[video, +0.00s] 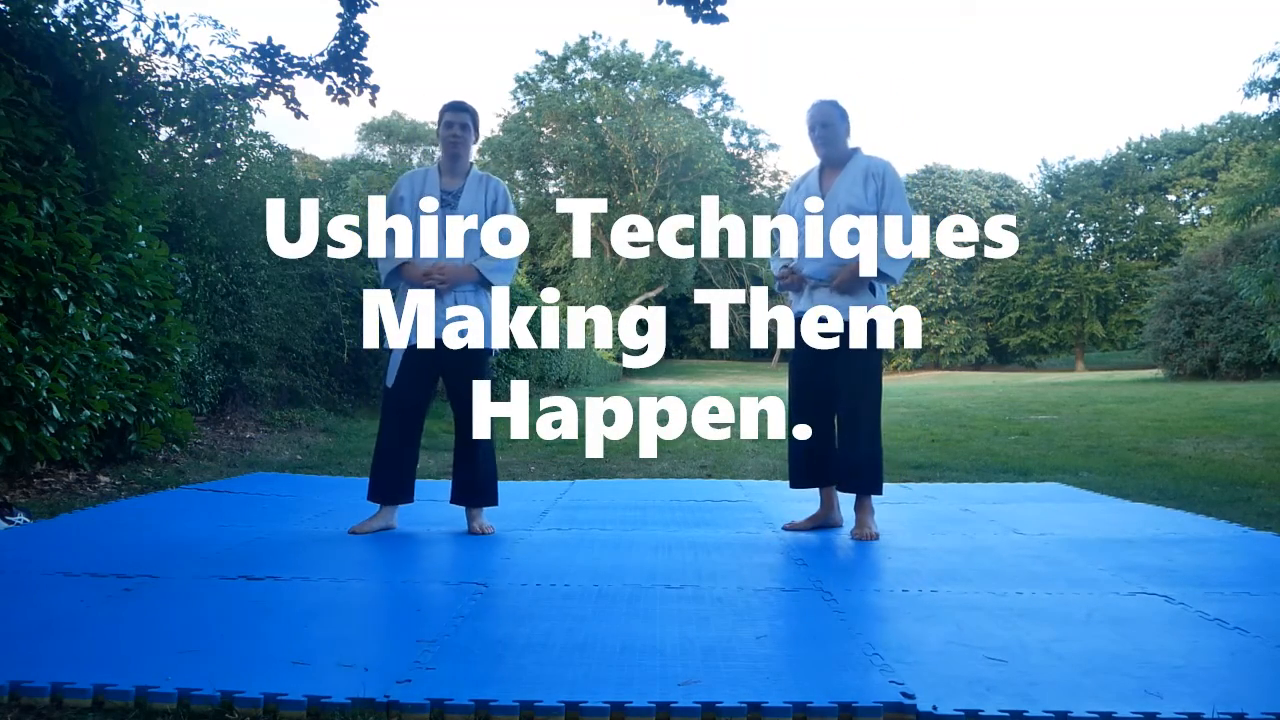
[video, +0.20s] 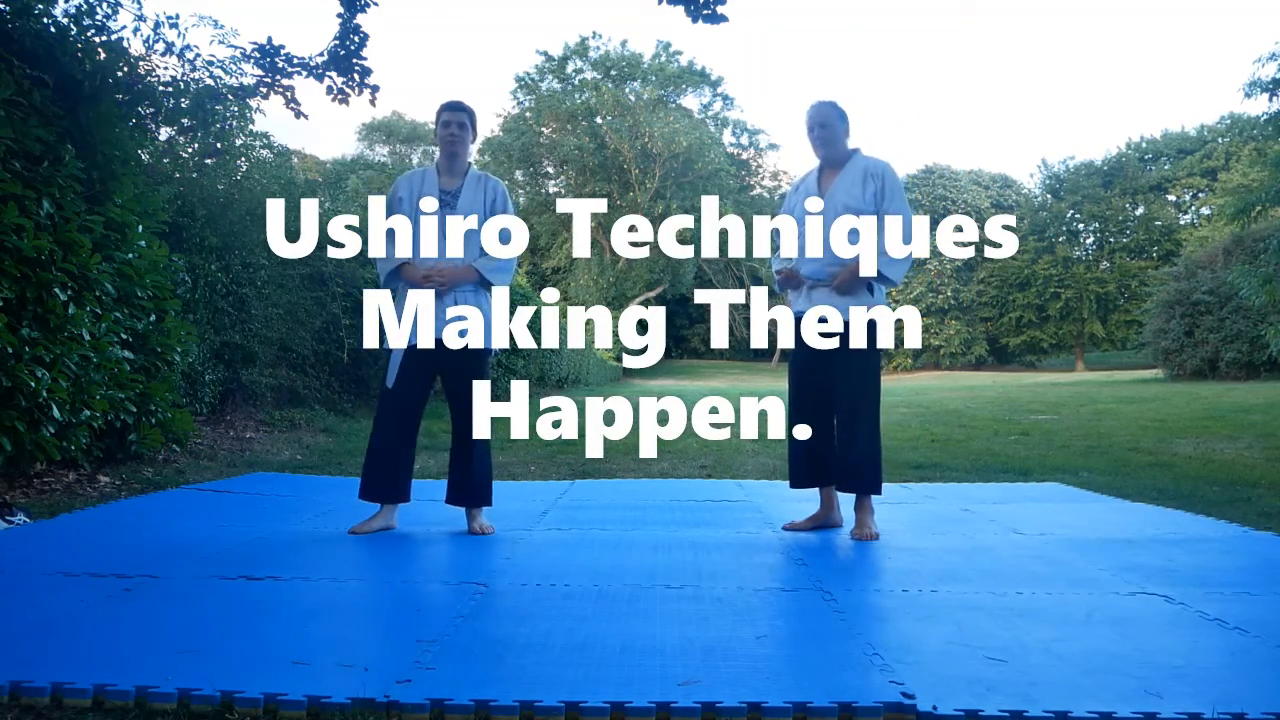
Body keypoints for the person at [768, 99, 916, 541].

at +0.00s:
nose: (818, 134)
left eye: (826, 126)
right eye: (813, 128)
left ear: (847, 128)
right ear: (806, 135)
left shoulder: (877, 172)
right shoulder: (798, 188)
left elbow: (900, 236)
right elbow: (781, 244)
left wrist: (857, 268)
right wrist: (786, 273)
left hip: (860, 311)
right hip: (809, 310)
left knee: (859, 408)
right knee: (811, 408)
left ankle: (864, 510)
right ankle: (828, 507)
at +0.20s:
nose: (817, 135)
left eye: (824, 127)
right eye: (811, 129)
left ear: (846, 129)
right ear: (806, 136)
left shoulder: (876, 173)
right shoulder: (799, 188)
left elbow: (900, 236)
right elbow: (782, 244)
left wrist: (859, 268)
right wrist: (786, 273)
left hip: (859, 310)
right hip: (809, 309)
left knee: (858, 407)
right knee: (811, 407)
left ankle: (864, 511)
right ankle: (828, 507)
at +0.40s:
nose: (817, 136)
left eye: (825, 128)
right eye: (812, 130)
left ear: (846, 130)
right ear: (806, 136)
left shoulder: (875, 174)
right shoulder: (799, 189)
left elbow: (900, 236)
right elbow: (790, 249)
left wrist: (857, 268)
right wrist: (785, 275)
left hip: (857, 311)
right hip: (808, 310)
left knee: (857, 409)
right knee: (812, 408)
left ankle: (864, 510)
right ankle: (828, 507)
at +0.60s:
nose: (817, 136)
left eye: (825, 128)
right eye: (812, 131)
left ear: (846, 131)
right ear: (806, 137)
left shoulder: (875, 175)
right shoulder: (800, 190)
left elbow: (899, 240)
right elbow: (786, 251)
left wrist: (875, 289)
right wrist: (777, 291)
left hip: (854, 307)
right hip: (804, 308)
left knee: (855, 408)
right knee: (811, 408)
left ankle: (863, 510)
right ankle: (827, 508)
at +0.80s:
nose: (816, 137)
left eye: (824, 128)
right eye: (811, 131)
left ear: (846, 130)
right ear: (806, 137)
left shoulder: (874, 175)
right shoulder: (801, 189)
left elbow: (897, 237)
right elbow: (780, 251)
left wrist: (921, 268)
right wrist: (752, 296)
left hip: (855, 309)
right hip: (806, 309)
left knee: (855, 408)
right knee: (811, 408)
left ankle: (863, 509)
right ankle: (827, 507)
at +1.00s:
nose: (814, 136)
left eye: (822, 128)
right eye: (809, 130)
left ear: (844, 131)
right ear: (805, 137)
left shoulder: (873, 174)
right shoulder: (800, 190)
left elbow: (905, 238)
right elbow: (783, 257)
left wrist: (928, 252)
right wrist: (745, 283)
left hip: (854, 309)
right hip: (806, 311)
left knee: (854, 408)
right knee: (812, 408)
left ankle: (864, 509)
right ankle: (827, 507)